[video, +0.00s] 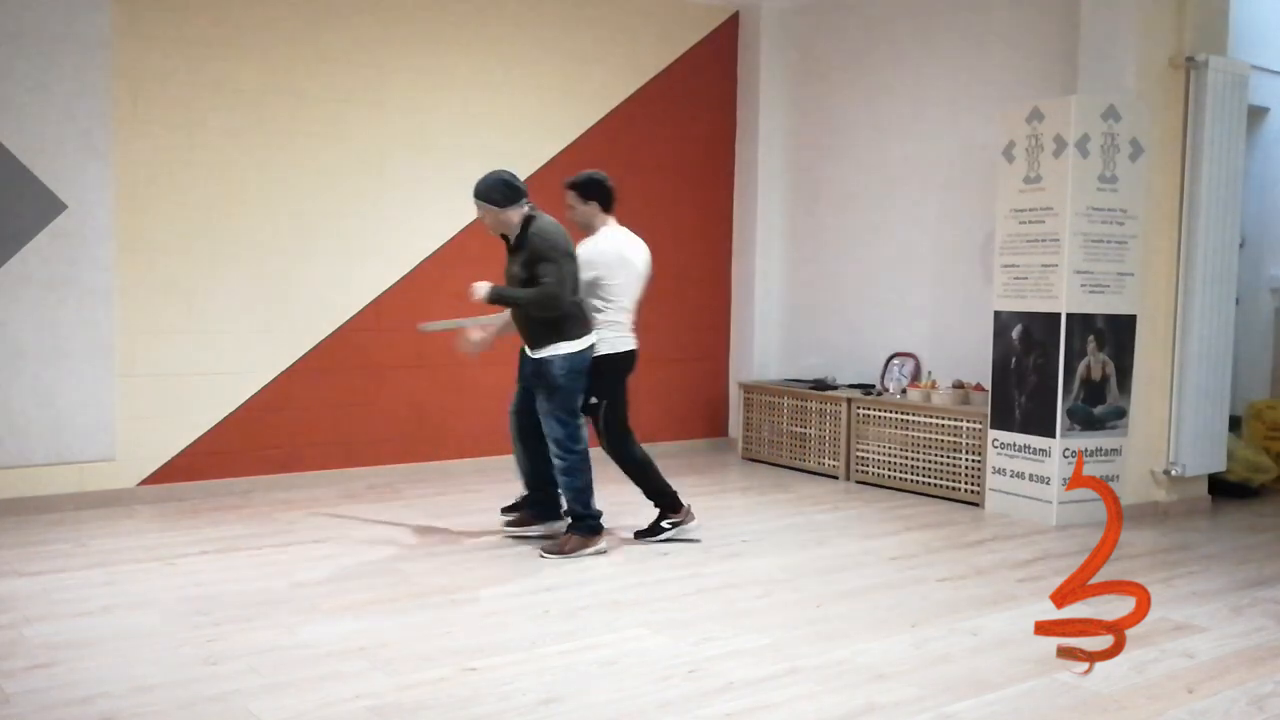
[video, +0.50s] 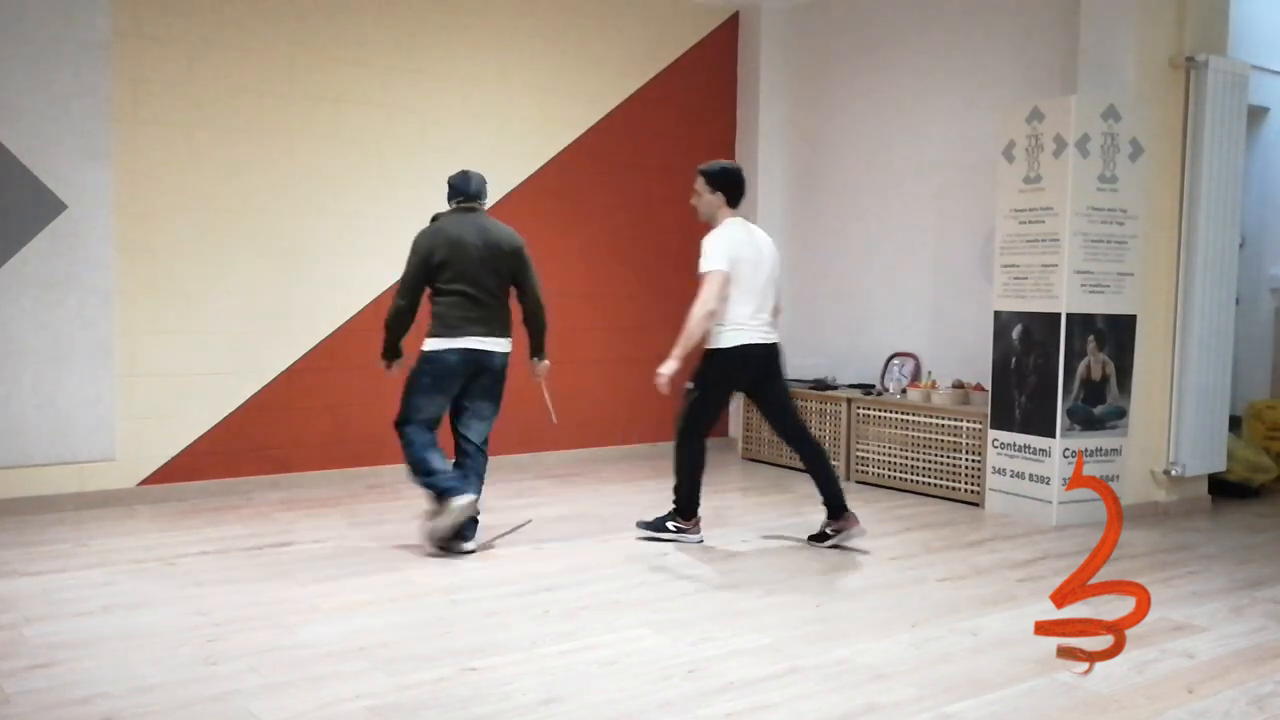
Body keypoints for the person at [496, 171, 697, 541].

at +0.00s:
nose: (568, 213)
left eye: (572, 205)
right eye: (567, 205)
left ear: (593, 205)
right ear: (603, 205)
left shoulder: (589, 251)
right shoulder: (639, 246)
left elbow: (559, 299)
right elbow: (627, 303)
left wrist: (501, 322)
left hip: (602, 353)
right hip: (624, 349)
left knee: (614, 437)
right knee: (541, 419)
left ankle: (672, 508)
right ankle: (543, 498)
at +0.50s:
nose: (693, 201)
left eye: (698, 193)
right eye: (694, 193)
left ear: (719, 196)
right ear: (730, 197)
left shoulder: (718, 238)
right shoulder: (764, 241)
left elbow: (709, 304)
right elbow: (773, 309)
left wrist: (674, 359)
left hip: (727, 354)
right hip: (765, 354)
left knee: (691, 431)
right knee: (794, 431)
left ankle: (684, 517)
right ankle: (840, 514)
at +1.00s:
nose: (753, 194)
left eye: (757, 187)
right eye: (753, 187)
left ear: (777, 190)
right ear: (788, 189)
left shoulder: (786, 235)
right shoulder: (820, 228)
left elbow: (809, 300)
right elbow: (846, 298)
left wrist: (817, 366)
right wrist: (836, 345)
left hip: (802, 351)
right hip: (832, 346)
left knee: (797, 441)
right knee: (830, 437)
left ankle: (812, 544)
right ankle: (854, 527)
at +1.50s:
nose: (722, 185)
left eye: (724, 176)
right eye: (722, 176)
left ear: (740, 176)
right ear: (763, 175)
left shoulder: (757, 224)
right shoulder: (796, 219)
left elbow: (738, 306)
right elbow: (821, 293)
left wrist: (696, 360)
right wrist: (817, 355)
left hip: (777, 355)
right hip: (797, 349)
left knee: (795, 454)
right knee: (737, 435)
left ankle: (811, 557)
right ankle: (751, 537)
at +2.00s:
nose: (642, 181)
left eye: (642, 173)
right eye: (641, 173)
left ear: (652, 172)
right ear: (685, 173)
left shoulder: (669, 214)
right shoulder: (709, 218)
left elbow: (664, 293)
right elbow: (718, 302)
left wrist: (644, 365)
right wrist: (708, 349)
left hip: (679, 351)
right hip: (704, 349)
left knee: (646, 450)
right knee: (670, 451)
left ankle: (722, 532)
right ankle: (663, 556)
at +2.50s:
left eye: (577, 172)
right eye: (622, 167)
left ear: (576, 173)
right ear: (624, 171)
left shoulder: (562, 225)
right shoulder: (663, 221)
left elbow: (543, 313)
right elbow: (681, 309)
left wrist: (528, 386)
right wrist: (670, 364)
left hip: (594, 362)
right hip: (659, 360)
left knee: (568, 472)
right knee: (649, 460)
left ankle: (575, 590)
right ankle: (647, 576)